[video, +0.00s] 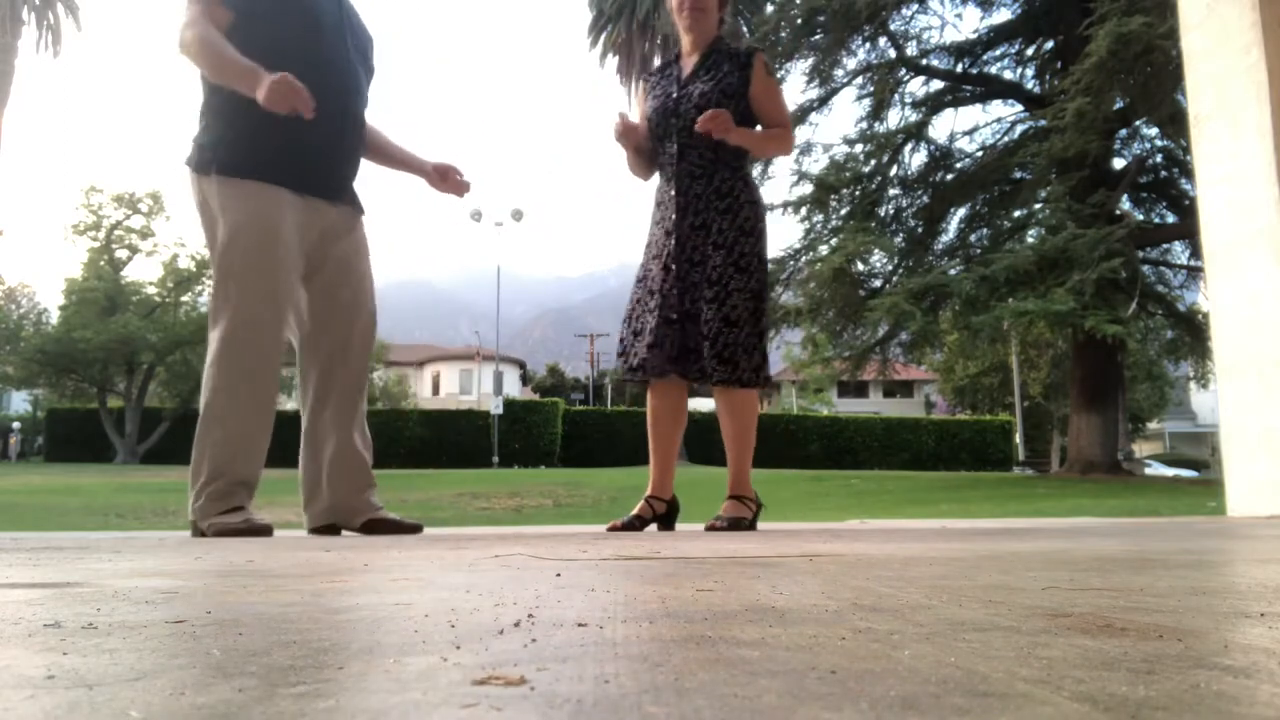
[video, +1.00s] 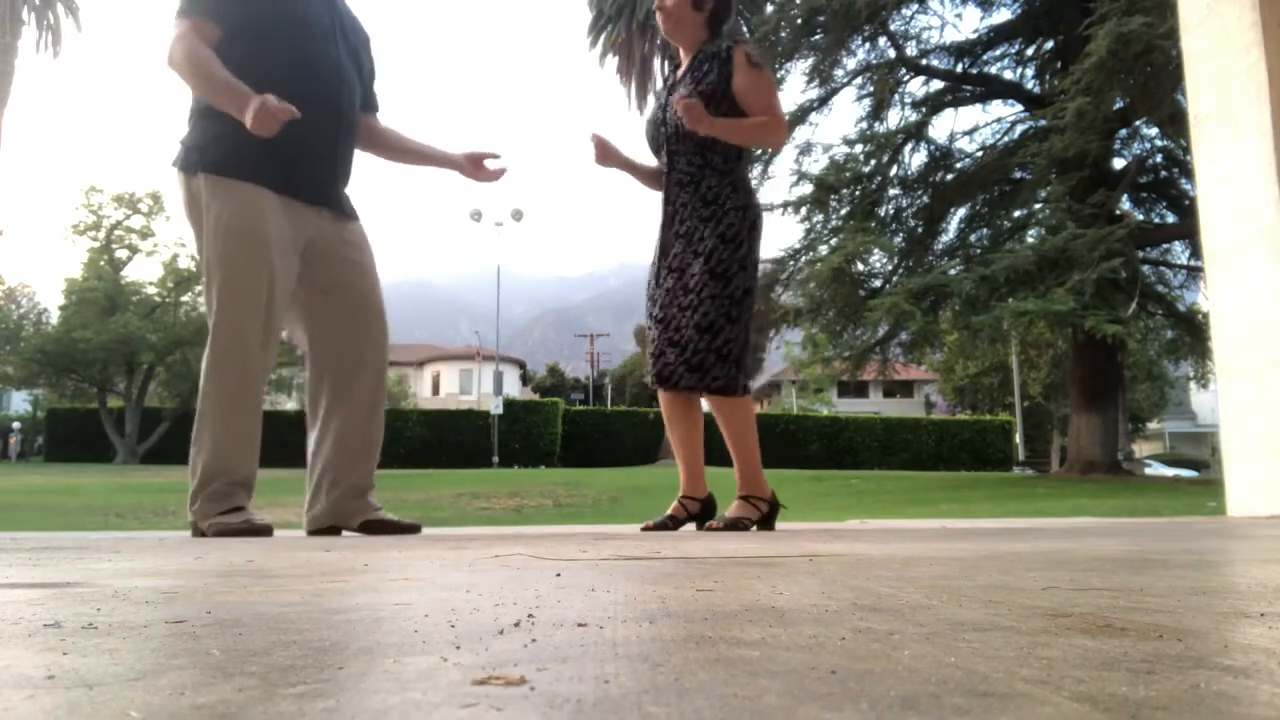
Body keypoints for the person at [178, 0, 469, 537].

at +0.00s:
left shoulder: (354, 27)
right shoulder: (240, 1)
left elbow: (345, 123)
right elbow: (195, 33)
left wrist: (423, 167)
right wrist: (259, 81)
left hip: (332, 192)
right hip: (250, 172)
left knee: (343, 342)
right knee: (250, 334)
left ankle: (341, 503)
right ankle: (220, 504)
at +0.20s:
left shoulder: (352, 32)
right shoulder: (243, 1)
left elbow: (358, 129)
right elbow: (195, 41)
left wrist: (439, 168)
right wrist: (277, 54)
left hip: (323, 201)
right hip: (241, 181)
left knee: (358, 351)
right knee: (247, 343)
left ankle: (341, 505)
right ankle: (219, 506)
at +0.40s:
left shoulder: (347, 23)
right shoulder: (242, 1)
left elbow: (351, 118)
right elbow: (182, 24)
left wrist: (437, 144)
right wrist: (268, 48)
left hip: (318, 192)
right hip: (235, 175)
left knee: (328, 345)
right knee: (231, 342)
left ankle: (336, 501)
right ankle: (218, 505)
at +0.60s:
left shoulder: (343, 29)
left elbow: (349, 126)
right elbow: (181, 46)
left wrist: (436, 161)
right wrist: (249, 79)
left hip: (312, 195)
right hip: (230, 173)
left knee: (344, 340)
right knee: (237, 340)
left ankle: (341, 503)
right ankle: (219, 505)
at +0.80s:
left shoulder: (346, 20)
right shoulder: (231, 0)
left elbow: (347, 117)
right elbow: (176, 31)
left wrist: (433, 149)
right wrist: (256, 65)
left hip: (319, 190)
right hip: (235, 172)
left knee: (328, 349)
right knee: (231, 343)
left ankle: (337, 502)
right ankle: (219, 505)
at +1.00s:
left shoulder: (352, 28)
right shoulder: (235, 2)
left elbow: (361, 126)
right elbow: (184, 48)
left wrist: (452, 159)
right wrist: (246, 103)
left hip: (323, 198)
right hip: (239, 178)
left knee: (355, 340)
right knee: (243, 339)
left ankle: (340, 505)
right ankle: (219, 507)